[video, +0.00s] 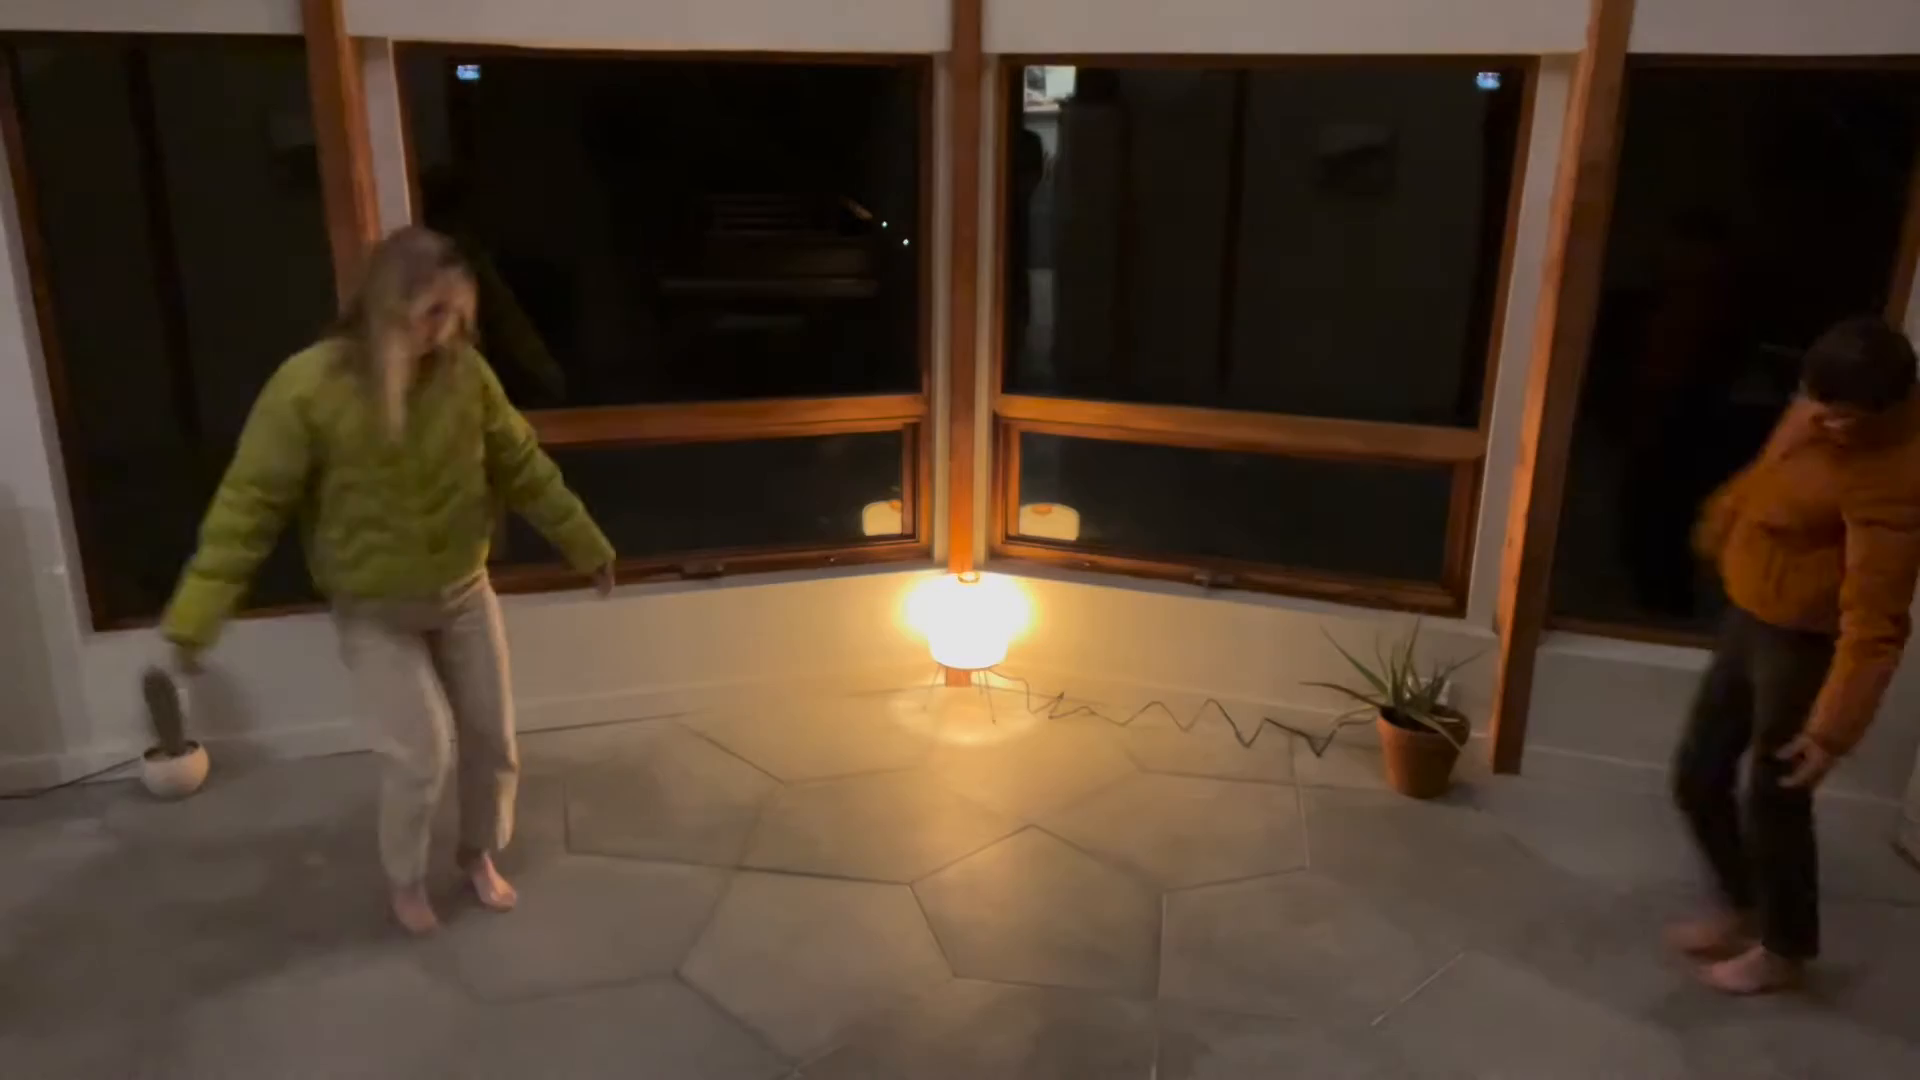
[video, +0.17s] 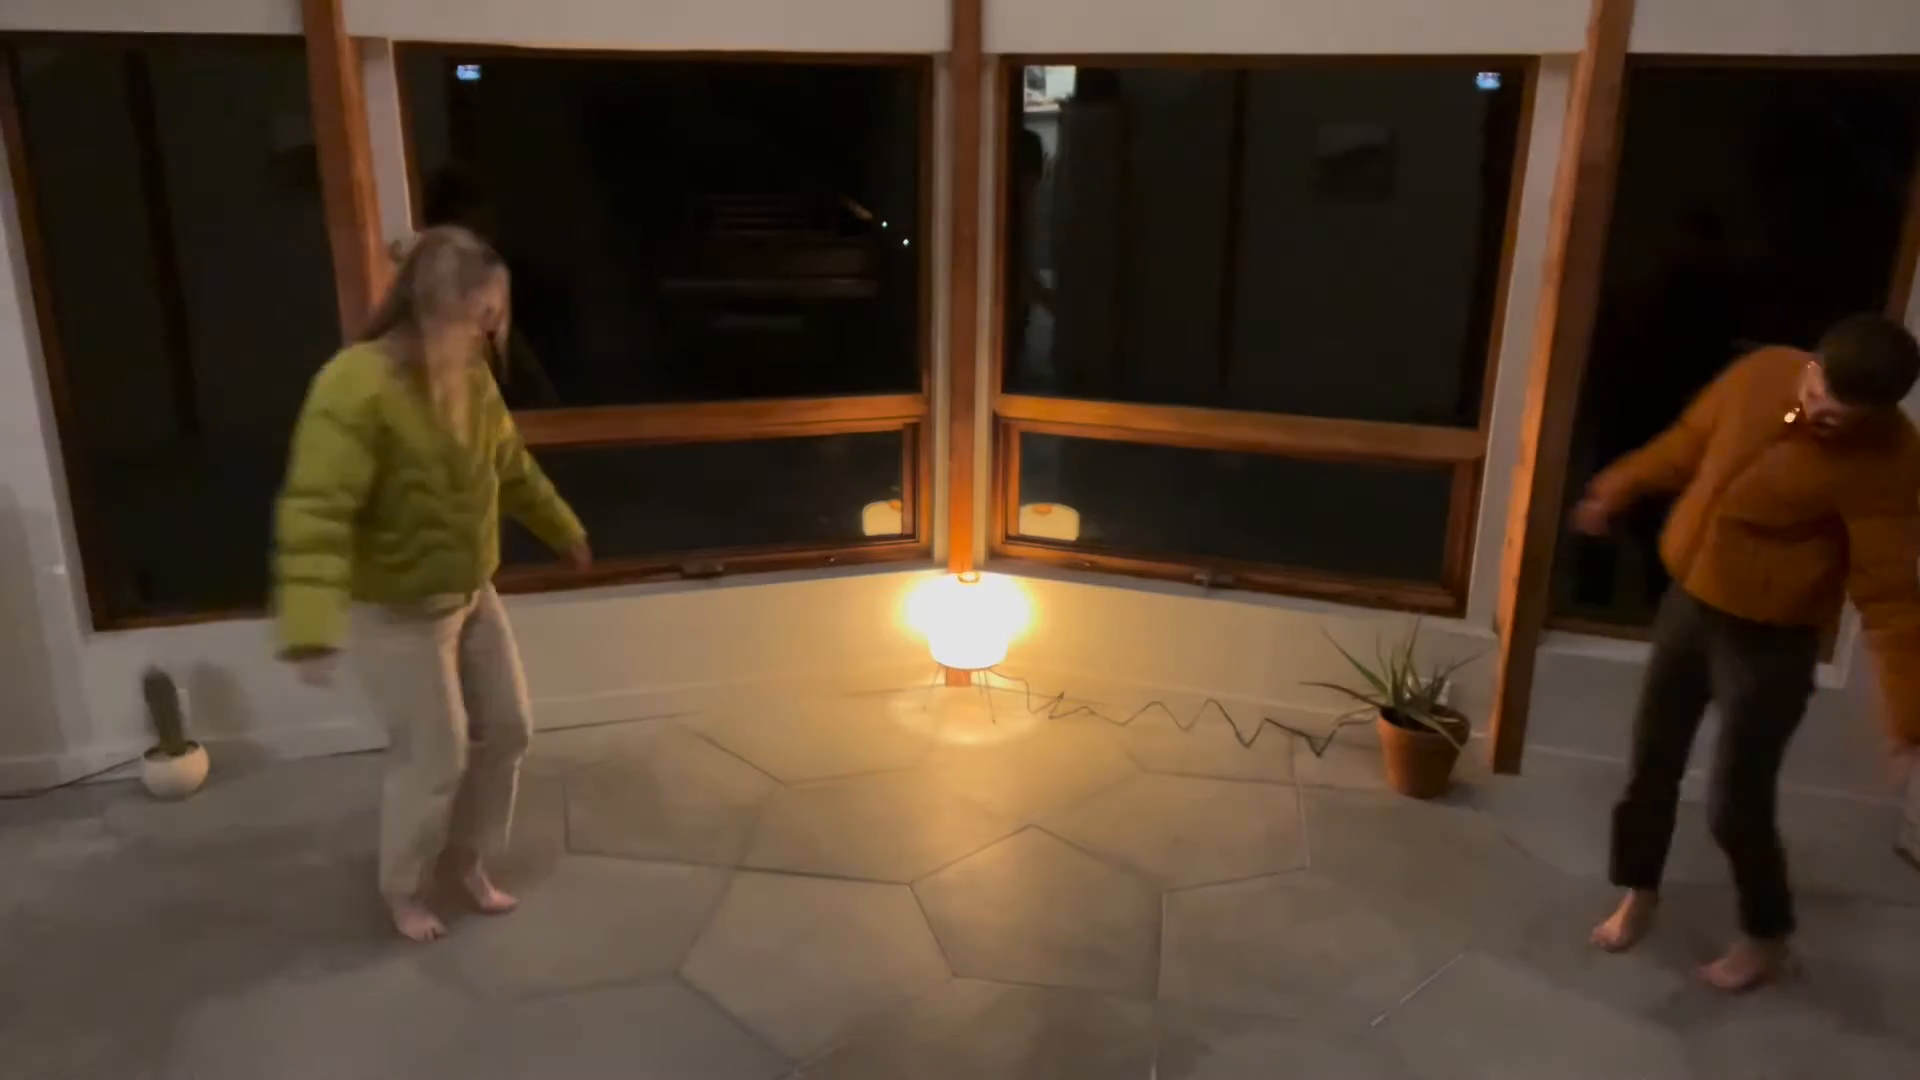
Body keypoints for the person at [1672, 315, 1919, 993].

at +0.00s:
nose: (1820, 421)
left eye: (1838, 416)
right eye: (1817, 404)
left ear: (1877, 412)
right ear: (1812, 386)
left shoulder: (1890, 480)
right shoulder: (1817, 399)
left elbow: (1878, 623)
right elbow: (1775, 470)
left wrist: (1827, 735)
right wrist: (1723, 515)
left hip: (1803, 642)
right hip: (1750, 619)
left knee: (1772, 795)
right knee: (1700, 776)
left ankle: (1784, 951)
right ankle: (1744, 910)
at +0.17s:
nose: (1819, 410)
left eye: (1839, 412)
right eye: (1819, 391)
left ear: (1874, 412)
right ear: (1814, 362)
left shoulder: (1883, 463)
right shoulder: (1763, 373)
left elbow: (1893, 600)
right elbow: (1687, 443)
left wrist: (1905, 724)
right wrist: (1614, 487)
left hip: (1771, 640)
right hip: (1689, 604)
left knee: (1737, 806)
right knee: (1652, 763)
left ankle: (1766, 938)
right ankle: (1637, 893)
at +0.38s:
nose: (1837, 401)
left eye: (1856, 396)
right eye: (1837, 379)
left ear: (1870, 400)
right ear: (1811, 342)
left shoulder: (1848, 455)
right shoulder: (1706, 378)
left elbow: (1881, 582)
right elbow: (1597, 439)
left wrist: (1916, 672)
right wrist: (1492, 490)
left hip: (1750, 631)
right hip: (1654, 603)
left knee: (1701, 784)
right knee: (1623, 757)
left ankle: (1655, 910)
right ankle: (1624, 883)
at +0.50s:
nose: (1832, 395)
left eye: (1847, 386)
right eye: (1834, 374)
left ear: (1853, 381)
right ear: (1801, 340)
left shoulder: (1816, 435)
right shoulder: (1676, 382)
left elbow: (1823, 551)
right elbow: (1563, 452)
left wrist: (1861, 640)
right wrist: (1457, 508)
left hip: (1733, 633)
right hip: (1640, 614)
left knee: (1700, 803)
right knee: (1621, 795)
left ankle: (1660, 918)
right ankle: (1553, 918)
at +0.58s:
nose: (1822, 382)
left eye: (1833, 370)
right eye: (1823, 361)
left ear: (1794, 338)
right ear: (1787, 329)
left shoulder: (1775, 414)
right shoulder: (1666, 382)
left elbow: (1745, 525)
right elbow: (1556, 471)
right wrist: (1456, 547)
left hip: (1713, 629)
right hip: (1633, 617)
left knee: (1683, 800)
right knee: (1610, 803)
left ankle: (1637, 901)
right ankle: (1534, 937)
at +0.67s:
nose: (1807, 372)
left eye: (1818, 359)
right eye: (1809, 353)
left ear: (1778, 334)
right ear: (1771, 326)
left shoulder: (1746, 406)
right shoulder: (1665, 386)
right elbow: (1572, 479)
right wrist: (1491, 565)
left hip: (1693, 627)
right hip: (1635, 620)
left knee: (1657, 791)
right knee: (1612, 784)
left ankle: (1587, 909)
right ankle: (1532, 937)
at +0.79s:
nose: (1767, 356)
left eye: (1774, 341)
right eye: (1769, 337)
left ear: (1721, 319)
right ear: (1741, 321)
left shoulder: (1656, 386)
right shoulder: (1673, 395)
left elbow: (1599, 495)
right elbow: (1620, 509)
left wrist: (1551, 572)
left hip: (1653, 617)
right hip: (1653, 622)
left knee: (1608, 777)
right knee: (1631, 795)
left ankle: (1539, 919)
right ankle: (1541, 939)